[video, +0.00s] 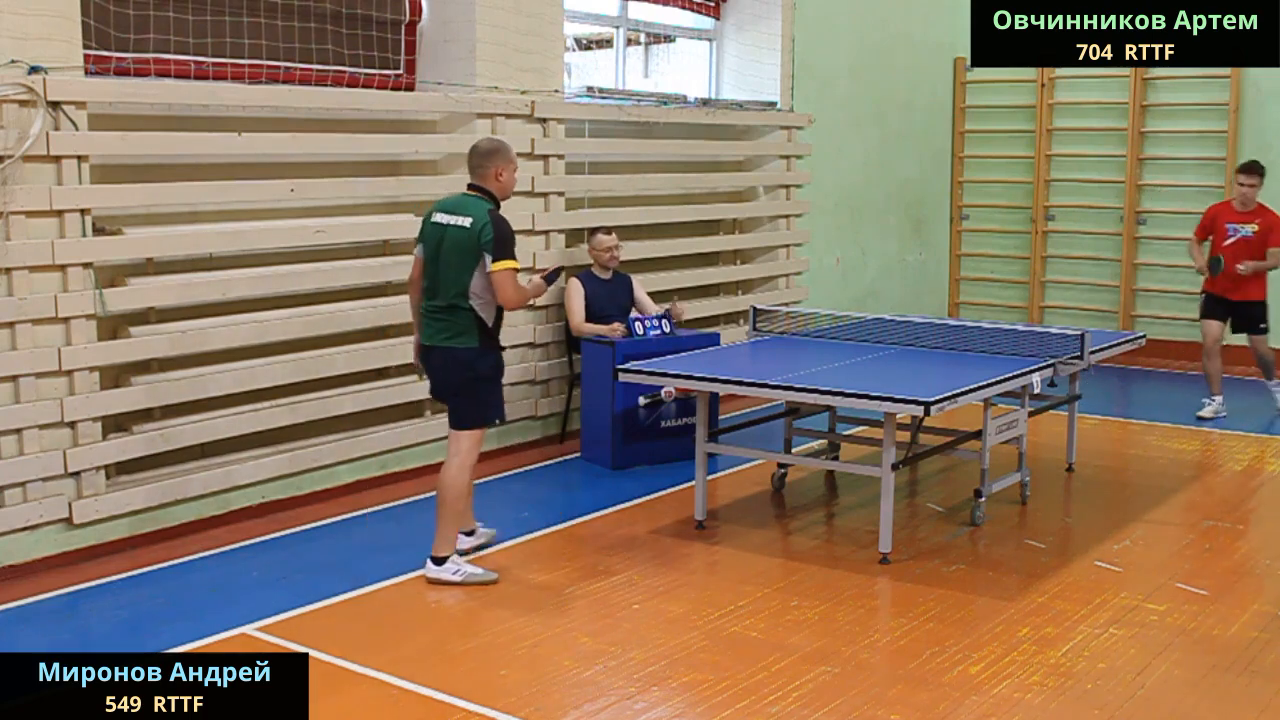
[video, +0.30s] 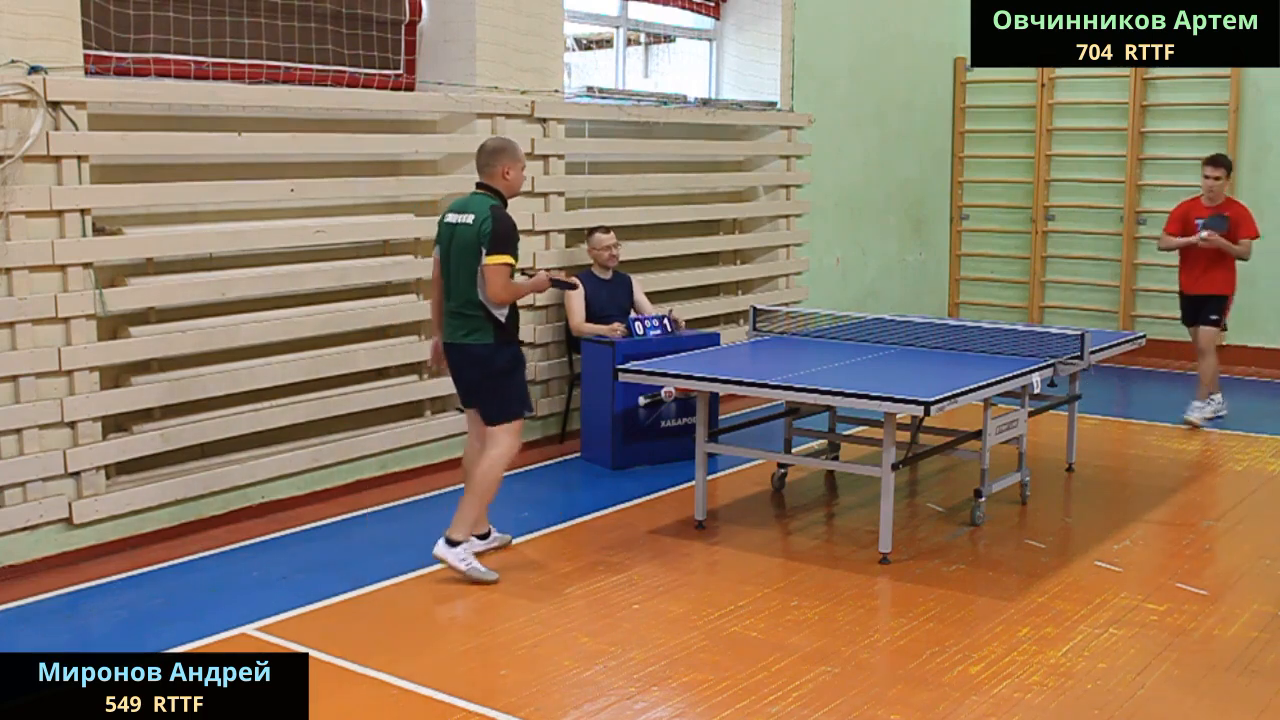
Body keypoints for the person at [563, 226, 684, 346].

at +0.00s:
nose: (615, 254)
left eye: (617, 248)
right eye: (607, 250)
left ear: (620, 247)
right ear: (592, 253)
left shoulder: (627, 281)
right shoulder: (577, 284)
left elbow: (655, 314)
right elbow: (577, 328)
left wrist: (671, 315)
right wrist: (607, 330)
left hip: (630, 349)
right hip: (595, 352)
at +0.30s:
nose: (614, 253)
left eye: (616, 246)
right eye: (606, 249)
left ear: (619, 247)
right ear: (591, 252)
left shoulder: (627, 281)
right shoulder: (578, 284)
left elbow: (651, 316)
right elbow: (577, 328)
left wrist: (669, 321)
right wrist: (607, 330)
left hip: (630, 348)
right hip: (595, 352)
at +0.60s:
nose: (617, 251)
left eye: (619, 246)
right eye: (610, 246)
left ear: (622, 247)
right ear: (594, 249)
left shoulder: (629, 282)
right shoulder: (578, 285)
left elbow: (649, 317)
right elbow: (577, 328)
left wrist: (667, 324)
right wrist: (607, 330)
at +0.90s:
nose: (618, 250)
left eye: (622, 245)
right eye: (612, 245)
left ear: (625, 248)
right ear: (595, 248)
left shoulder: (630, 282)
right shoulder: (579, 282)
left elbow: (649, 319)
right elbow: (577, 327)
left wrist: (666, 322)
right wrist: (607, 330)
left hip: (629, 348)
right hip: (595, 349)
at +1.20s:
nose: (619, 250)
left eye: (622, 245)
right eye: (612, 245)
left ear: (625, 247)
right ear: (596, 248)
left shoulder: (629, 282)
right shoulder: (579, 282)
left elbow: (649, 320)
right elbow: (577, 329)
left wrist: (667, 323)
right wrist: (610, 330)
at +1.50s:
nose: (619, 250)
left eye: (622, 245)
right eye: (612, 245)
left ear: (625, 247)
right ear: (595, 248)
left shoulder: (630, 281)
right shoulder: (580, 279)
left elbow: (649, 318)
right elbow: (577, 328)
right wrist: (616, 333)